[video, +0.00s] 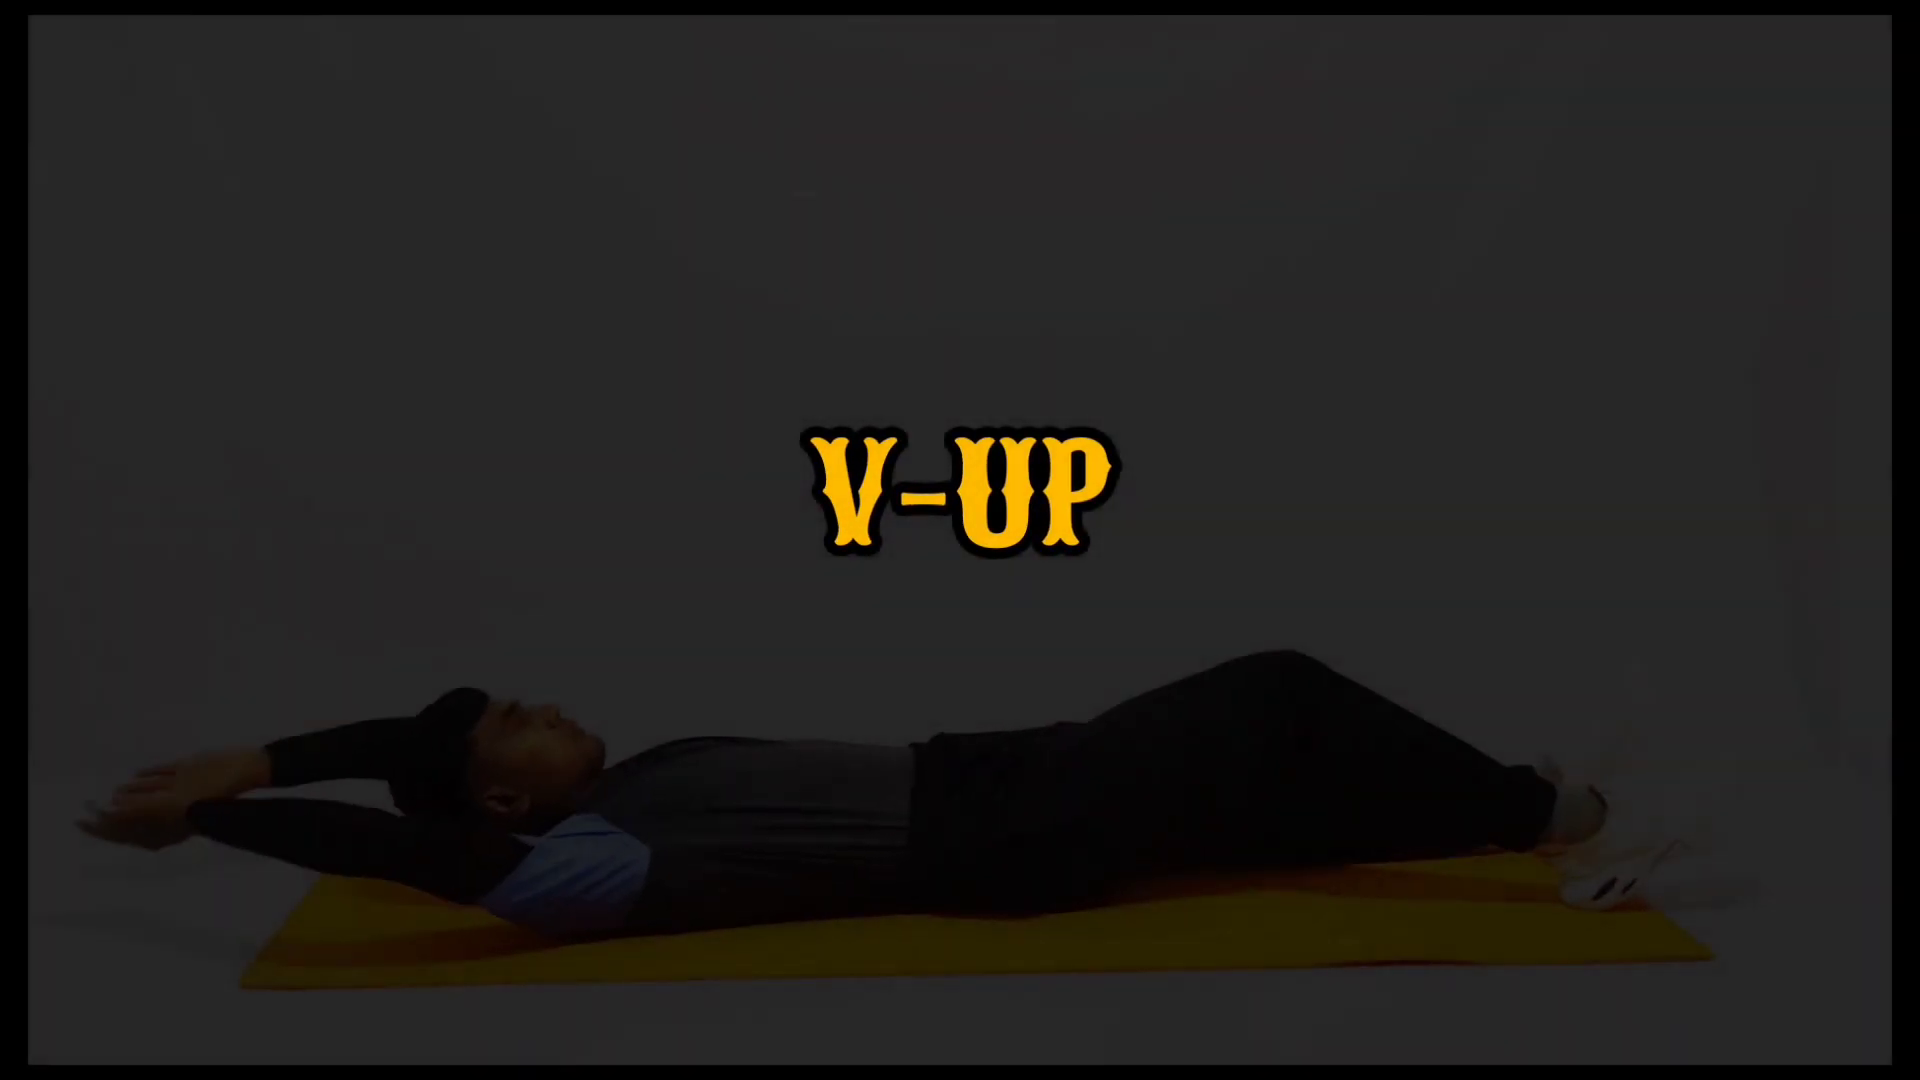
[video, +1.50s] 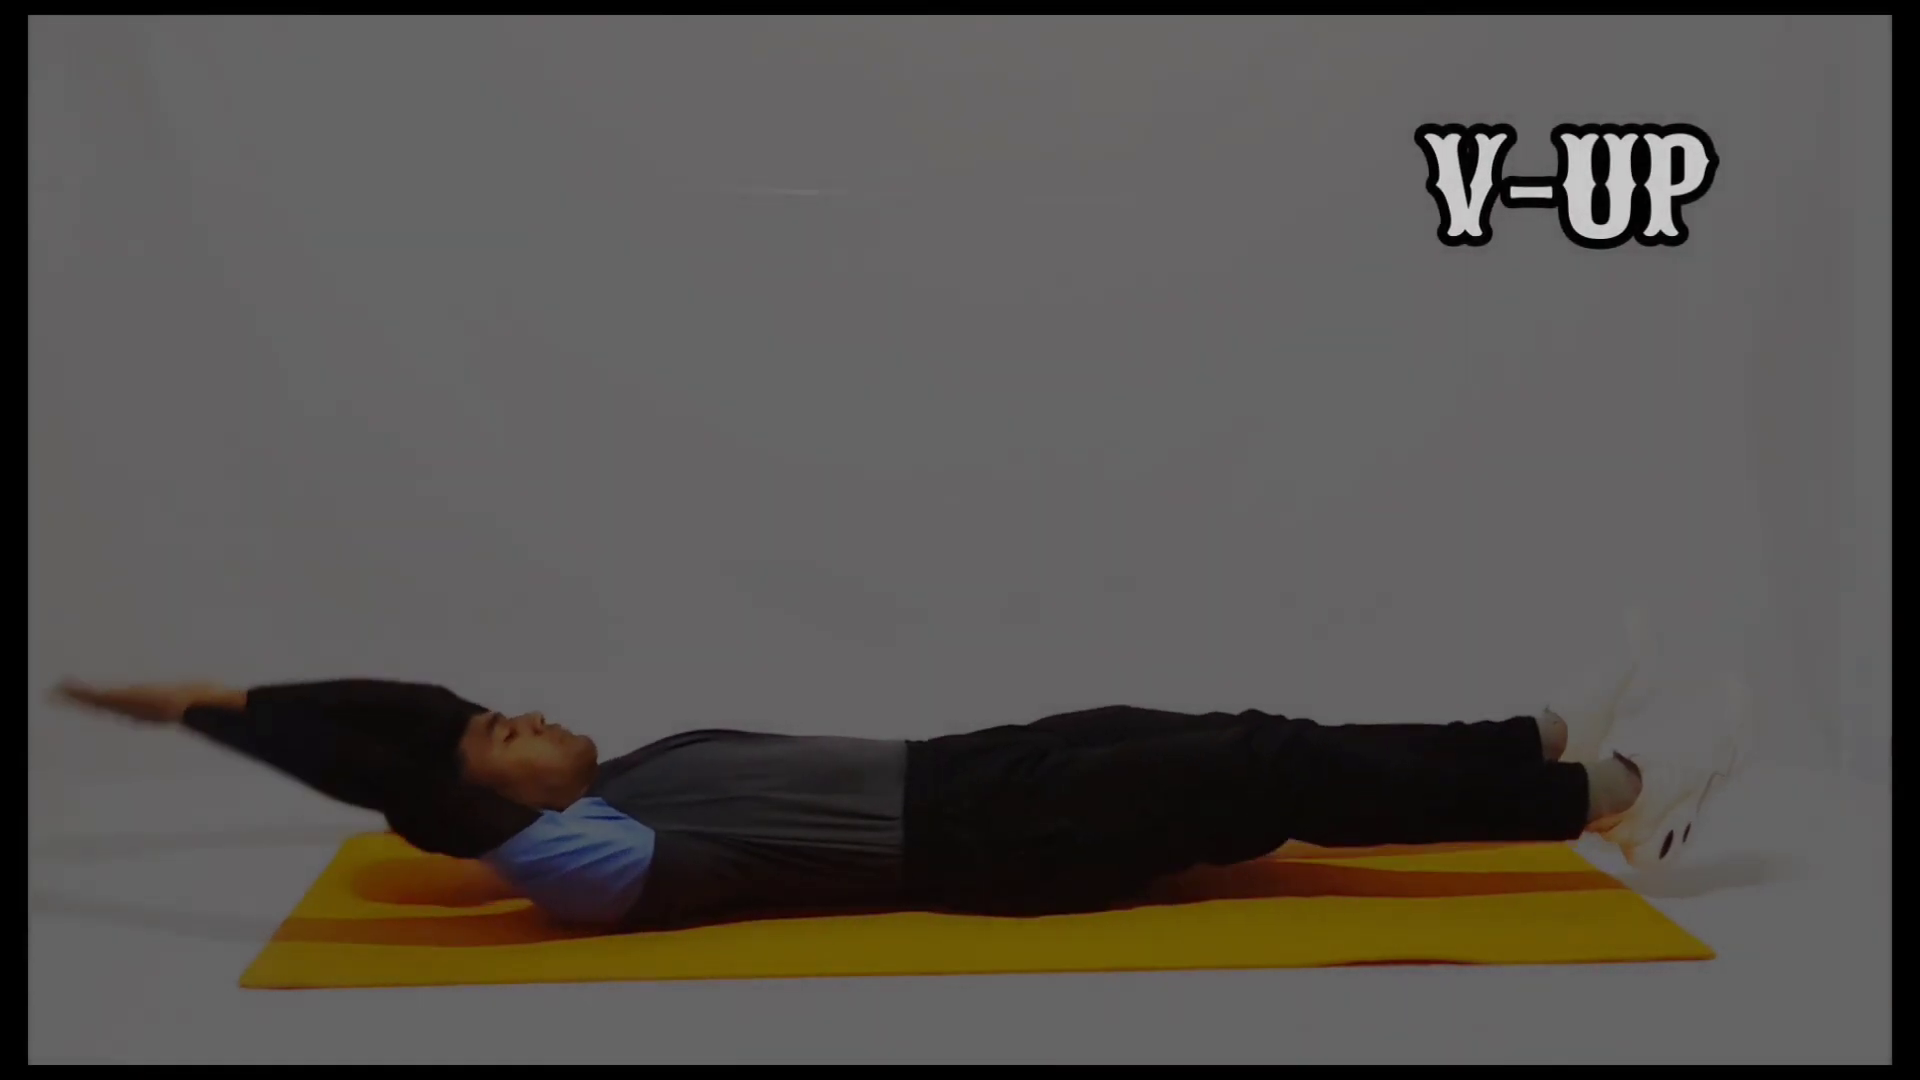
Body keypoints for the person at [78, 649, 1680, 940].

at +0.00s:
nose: (546, 733)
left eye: (528, 721)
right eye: (517, 745)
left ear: (545, 736)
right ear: (495, 806)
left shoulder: (624, 784)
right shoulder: (594, 851)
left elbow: (430, 765)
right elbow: (408, 848)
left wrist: (250, 770)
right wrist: (220, 816)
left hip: (1016, 773)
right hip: (1004, 832)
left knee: (1278, 682)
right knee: (1272, 713)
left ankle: (1510, 803)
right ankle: (1513, 819)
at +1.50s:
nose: (534, 741)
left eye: (515, 728)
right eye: (505, 754)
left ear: (532, 743)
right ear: (497, 811)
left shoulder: (621, 784)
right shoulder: (602, 852)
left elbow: (397, 741)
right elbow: (501, 850)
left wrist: (208, 704)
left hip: (977, 766)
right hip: (966, 829)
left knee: (1245, 737)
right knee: (1246, 773)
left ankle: (1535, 761)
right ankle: (1553, 784)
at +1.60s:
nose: (574, 686)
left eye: (556, 672)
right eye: (549, 681)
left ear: (525, 733)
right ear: (521, 738)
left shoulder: (607, 780)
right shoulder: (593, 829)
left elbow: (486, 648)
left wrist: (342, 533)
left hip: (970, 768)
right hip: (976, 820)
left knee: (1247, 722)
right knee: (1245, 743)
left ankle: (1549, 708)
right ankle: (1557, 722)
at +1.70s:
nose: (582, 664)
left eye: (566, 659)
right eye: (557, 668)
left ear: (539, 704)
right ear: (530, 711)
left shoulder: (625, 751)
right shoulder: (605, 793)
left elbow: (613, 565)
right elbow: (616, 571)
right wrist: (561, 407)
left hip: (958, 777)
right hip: (963, 828)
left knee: (1222, 678)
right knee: (1232, 716)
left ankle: (1521, 614)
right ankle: (1536, 634)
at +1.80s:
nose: (631, 622)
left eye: (615, 606)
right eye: (600, 623)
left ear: (600, 634)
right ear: (552, 683)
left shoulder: (652, 715)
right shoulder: (637, 743)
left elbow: (720, 544)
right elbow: (727, 555)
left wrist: (738, 370)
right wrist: (770, 365)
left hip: (963, 787)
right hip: (962, 831)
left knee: (1207, 639)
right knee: (1217, 663)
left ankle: (1489, 522)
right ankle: (1517, 541)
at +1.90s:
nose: (688, 561)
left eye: (673, 542)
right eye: (659, 560)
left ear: (671, 567)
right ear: (614, 613)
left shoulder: (699, 656)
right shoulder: (682, 689)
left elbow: (810, 511)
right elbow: (829, 523)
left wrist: (893, 352)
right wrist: (934, 352)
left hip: (960, 783)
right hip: (968, 842)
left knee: (1179, 589)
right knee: (1198, 616)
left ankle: (1417, 421)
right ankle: (1450, 437)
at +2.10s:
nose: (814, 471)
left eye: (793, 454)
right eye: (786, 467)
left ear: (748, 523)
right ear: (744, 522)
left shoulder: (776, 579)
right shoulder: (793, 591)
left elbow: (939, 442)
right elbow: (961, 441)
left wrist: (1064, 284)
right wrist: (1089, 281)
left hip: (964, 797)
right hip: (986, 840)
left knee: (1089, 531)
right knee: (1123, 548)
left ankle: (1261, 281)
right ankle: (1299, 296)